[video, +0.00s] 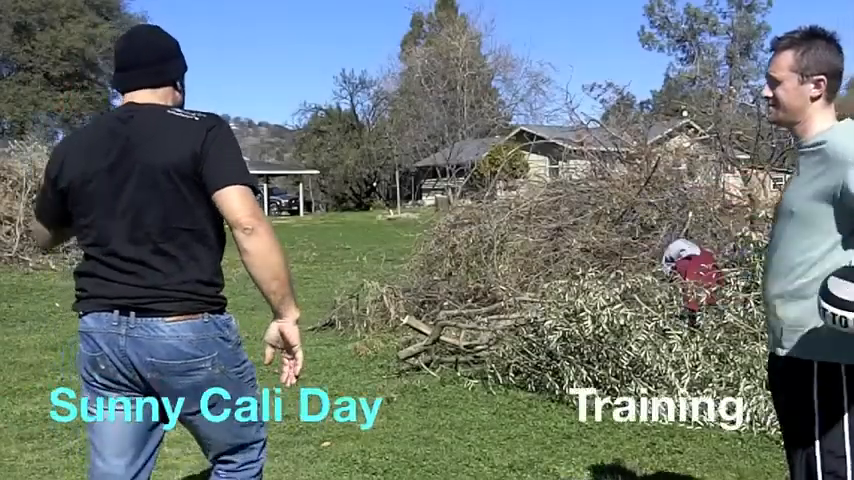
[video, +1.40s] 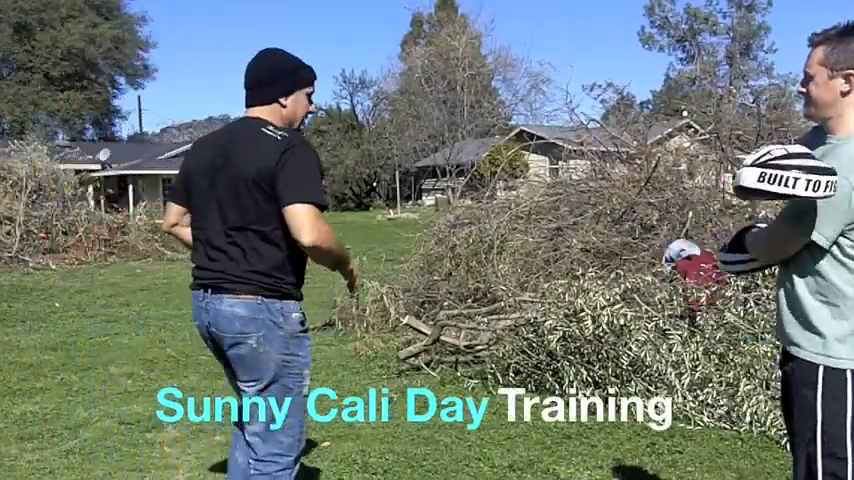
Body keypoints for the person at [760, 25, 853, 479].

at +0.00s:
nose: (765, 93)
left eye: (775, 82)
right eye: (767, 82)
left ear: (815, 87)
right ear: (812, 88)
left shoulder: (844, 152)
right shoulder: (811, 154)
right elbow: (826, 241)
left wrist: (850, 278)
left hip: (825, 355)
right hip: (794, 352)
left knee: (829, 470)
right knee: (806, 467)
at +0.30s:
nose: (764, 93)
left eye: (774, 83)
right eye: (766, 83)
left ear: (815, 87)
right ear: (811, 88)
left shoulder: (844, 150)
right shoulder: (810, 153)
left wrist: (850, 289)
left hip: (823, 355)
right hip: (790, 351)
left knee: (826, 470)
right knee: (803, 467)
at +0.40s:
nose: (771, 92)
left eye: (782, 82)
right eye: (773, 82)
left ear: (823, 88)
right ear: (818, 88)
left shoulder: (845, 157)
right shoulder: (812, 156)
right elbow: (819, 238)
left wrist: (845, 285)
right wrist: (775, 231)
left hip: (832, 365)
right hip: (793, 358)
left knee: (828, 471)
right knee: (804, 469)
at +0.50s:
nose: (778, 92)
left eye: (787, 83)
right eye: (779, 82)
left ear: (828, 87)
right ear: (822, 87)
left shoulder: (845, 158)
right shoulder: (815, 155)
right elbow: (822, 239)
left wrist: (822, 282)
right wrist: (775, 232)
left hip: (831, 364)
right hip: (797, 354)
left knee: (827, 471)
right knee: (805, 468)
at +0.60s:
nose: (789, 93)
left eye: (799, 82)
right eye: (792, 82)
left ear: (840, 87)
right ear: (836, 88)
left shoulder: (846, 161)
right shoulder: (819, 158)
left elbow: (851, 252)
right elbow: (800, 224)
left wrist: (762, 281)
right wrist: (736, 220)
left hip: (831, 365)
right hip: (798, 356)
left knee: (826, 471)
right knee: (804, 468)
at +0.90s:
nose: (804, 89)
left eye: (814, 79)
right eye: (807, 79)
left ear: (849, 85)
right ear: (841, 85)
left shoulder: (846, 161)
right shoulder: (821, 153)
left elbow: (790, 248)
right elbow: (764, 202)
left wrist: (707, 254)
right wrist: (724, 187)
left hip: (832, 364)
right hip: (803, 355)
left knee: (827, 471)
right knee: (810, 467)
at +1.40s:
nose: (800, 89)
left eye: (808, 78)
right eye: (803, 78)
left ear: (845, 83)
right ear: (841, 83)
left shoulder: (841, 159)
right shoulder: (822, 146)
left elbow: (781, 243)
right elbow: (790, 223)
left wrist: (746, 241)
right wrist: (760, 239)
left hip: (832, 352)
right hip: (809, 347)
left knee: (827, 469)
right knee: (811, 465)